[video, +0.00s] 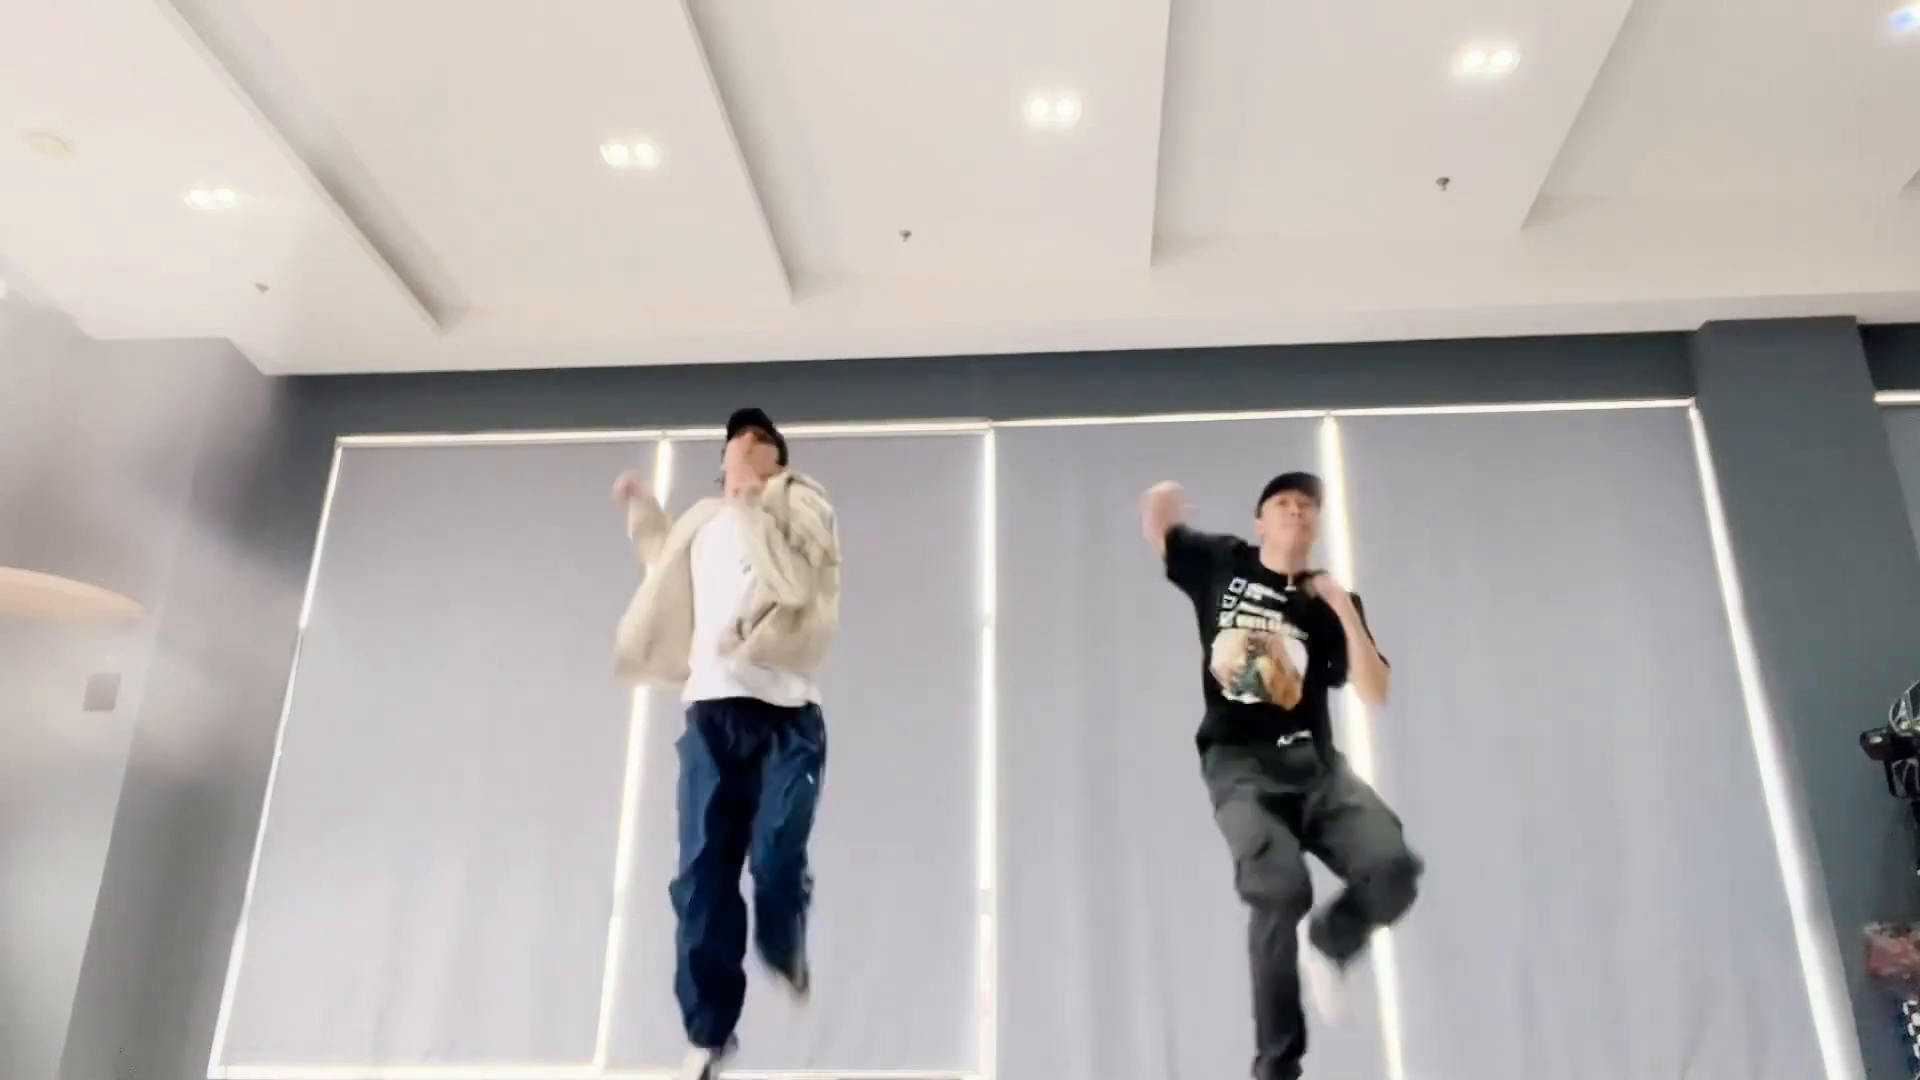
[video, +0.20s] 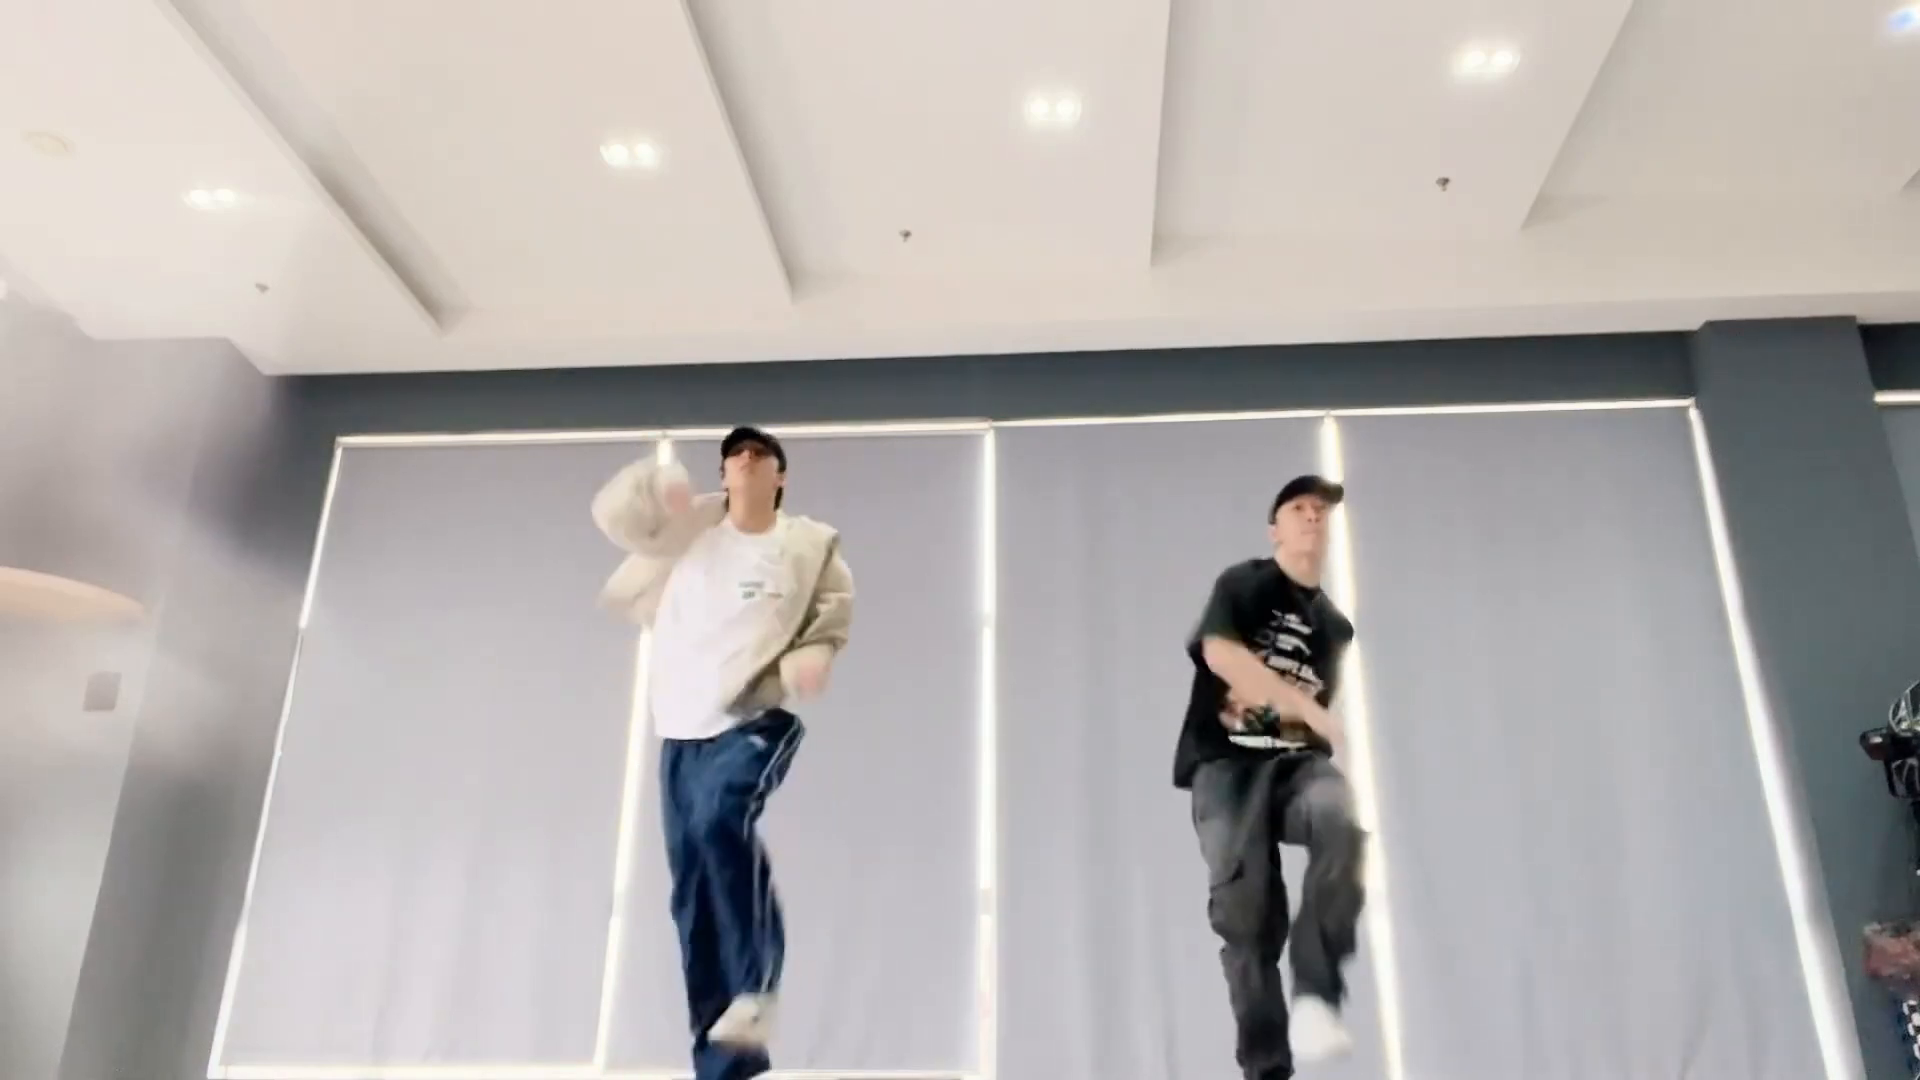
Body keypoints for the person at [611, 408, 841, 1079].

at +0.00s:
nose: (742, 456)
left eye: (755, 446)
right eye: (734, 446)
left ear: (778, 460)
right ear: (723, 459)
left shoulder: (805, 507)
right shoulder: (703, 517)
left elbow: (800, 587)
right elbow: (672, 575)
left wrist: (755, 509)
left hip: (787, 712)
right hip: (711, 710)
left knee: (777, 857)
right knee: (701, 874)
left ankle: (784, 956)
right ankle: (709, 1033)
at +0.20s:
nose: (747, 465)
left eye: (760, 458)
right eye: (737, 457)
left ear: (781, 479)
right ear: (723, 475)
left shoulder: (807, 543)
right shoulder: (690, 532)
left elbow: (832, 615)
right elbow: (612, 515)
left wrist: (812, 654)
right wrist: (656, 492)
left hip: (753, 724)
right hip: (682, 736)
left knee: (714, 820)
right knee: (694, 896)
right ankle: (718, 1058)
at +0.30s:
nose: (743, 483)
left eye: (756, 475)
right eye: (733, 476)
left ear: (777, 496)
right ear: (718, 496)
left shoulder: (806, 576)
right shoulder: (685, 542)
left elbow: (822, 674)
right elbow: (685, 590)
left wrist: (823, 755)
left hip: (742, 756)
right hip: (670, 753)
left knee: (700, 904)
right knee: (671, 914)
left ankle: (699, 1060)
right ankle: (731, 1062)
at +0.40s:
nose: (743, 479)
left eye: (755, 471)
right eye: (732, 473)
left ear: (778, 493)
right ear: (716, 495)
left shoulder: (810, 571)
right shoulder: (684, 544)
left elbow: (837, 650)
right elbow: (687, 626)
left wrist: (840, 687)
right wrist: (716, 702)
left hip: (737, 753)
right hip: (665, 749)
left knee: (676, 904)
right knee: (661, 914)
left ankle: (682, 1065)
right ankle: (720, 1064)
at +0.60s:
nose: (755, 458)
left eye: (764, 449)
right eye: (740, 455)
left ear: (783, 465)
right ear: (721, 476)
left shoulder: (805, 518)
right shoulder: (676, 521)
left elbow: (716, 504)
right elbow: (655, 615)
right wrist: (696, 680)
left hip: (737, 726)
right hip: (662, 723)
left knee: (708, 898)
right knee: (661, 900)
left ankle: (689, 1067)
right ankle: (711, 1061)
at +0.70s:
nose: (735, 458)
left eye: (745, 447)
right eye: (722, 454)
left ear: (770, 463)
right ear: (708, 474)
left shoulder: (792, 508)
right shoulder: (672, 532)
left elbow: (722, 517)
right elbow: (653, 618)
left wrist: (608, 502)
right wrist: (687, 675)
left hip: (739, 714)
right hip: (677, 717)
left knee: (662, 872)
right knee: (688, 885)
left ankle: (693, 1058)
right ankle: (733, 1059)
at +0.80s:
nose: (691, 500)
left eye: (701, 484)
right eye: (683, 490)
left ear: (734, 479)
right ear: (679, 495)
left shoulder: (785, 527)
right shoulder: (686, 551)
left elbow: (797, 548)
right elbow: (659, 625)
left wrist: (690, 521)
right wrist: (666, 686)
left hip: (737, 724)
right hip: (697, 723)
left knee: (665, 875)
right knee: (645, 878)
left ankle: (705, 1054)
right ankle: (679, 1052)